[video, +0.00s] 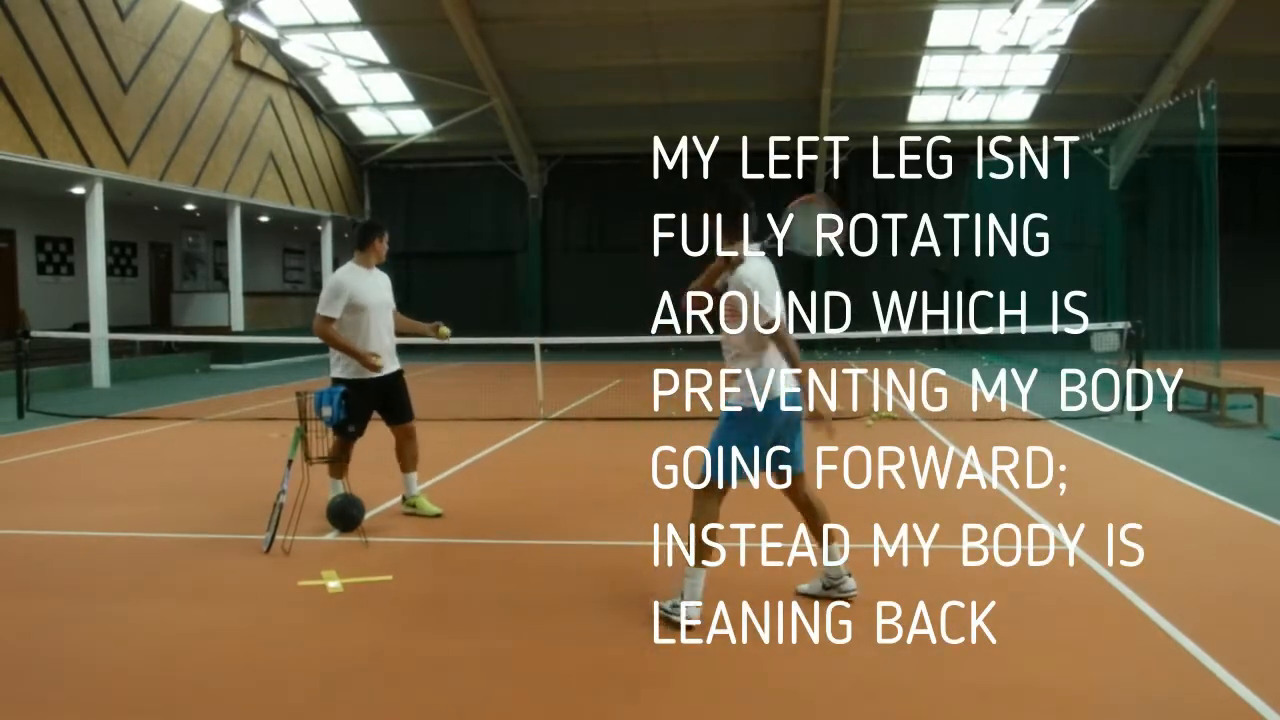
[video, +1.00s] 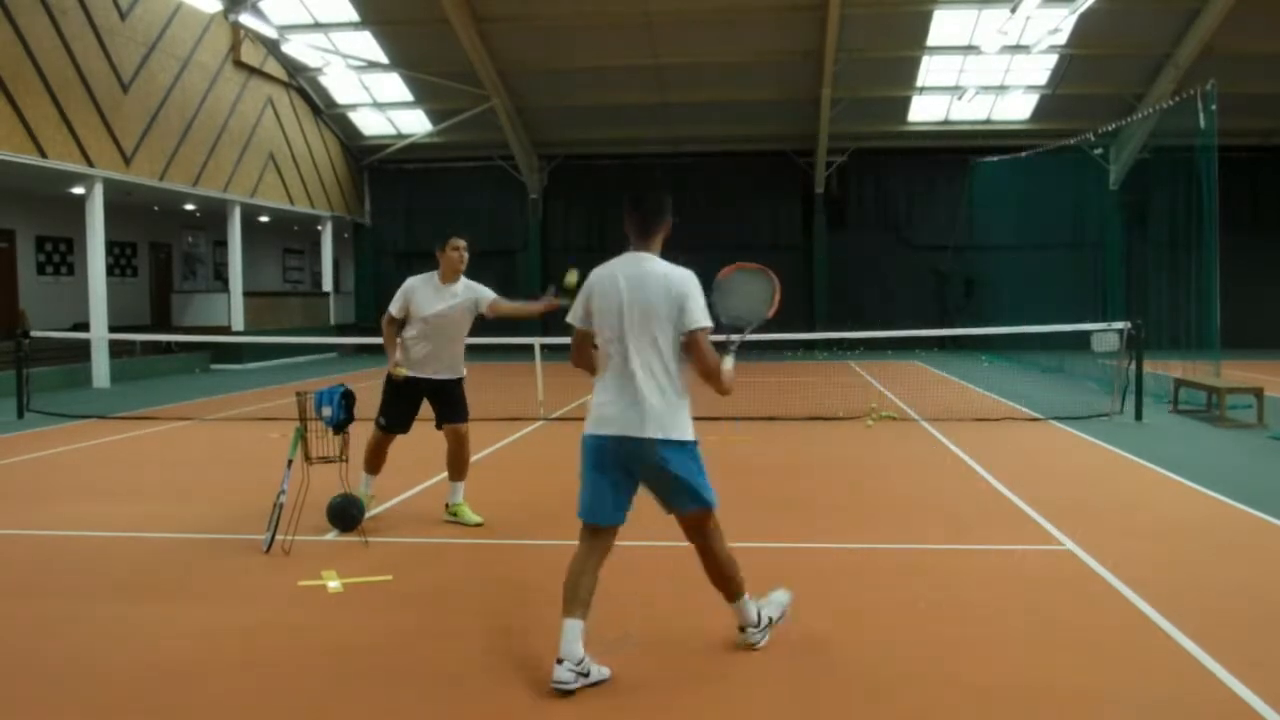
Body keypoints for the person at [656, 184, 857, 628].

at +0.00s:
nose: (711, 237)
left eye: (714, 230)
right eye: (713, 230)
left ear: (727, 234)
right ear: (745, 230)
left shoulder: (747, 278)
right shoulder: (750, 265)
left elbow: (783, 339)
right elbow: (693, 299)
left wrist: (812, 392)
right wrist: (724, 259)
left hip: (753, 403)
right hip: (780, 400)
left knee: (707, 489)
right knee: (795, 485)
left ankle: (691, 599)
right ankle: (835, 572)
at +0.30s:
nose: (695, 243)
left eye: (700, 233)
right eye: (699, 232)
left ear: (716, 238)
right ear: (735, 236)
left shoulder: (741, 287)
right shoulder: (746, 278)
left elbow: (772, 353)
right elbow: (746, 342)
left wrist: (779, 416)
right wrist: (702, 340)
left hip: (752, 418)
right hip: (773, 411)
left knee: (700, 505)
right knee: (790, 491)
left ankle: (741, 609)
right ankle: (837, 574)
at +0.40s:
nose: (688, 238)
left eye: (694, 227)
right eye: (695, 226)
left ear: (705, 234)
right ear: (731, 235)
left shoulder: (714, 281)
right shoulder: (747, 276)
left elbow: (735, 351)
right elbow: (758, 346)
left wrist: (725, 414)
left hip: (740, 416)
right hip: (770, 411)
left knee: (695, 512)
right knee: (785, 489)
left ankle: (742, 613)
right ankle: (831, 573)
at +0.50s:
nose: (689, 224)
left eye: (690, 217)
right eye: (696, 218)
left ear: (694, 218)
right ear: (727, 218)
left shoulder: (691, 262)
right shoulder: (747, 264)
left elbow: (703, 335)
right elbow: (766, 329)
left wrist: (668, 392)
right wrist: (730, 364)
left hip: (717, 409)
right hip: (760, 404)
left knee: (700, 505)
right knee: (771, 489)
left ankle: (741, 607)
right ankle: (800, 585)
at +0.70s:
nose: (703, 219)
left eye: (693, 211)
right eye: (713, 210)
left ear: (679, 215)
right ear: (718, 213)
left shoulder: (664, 260)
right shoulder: (744, 262)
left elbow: (654, 324)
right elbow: (769, 331)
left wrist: (608, 369)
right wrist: (741, 369)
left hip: (682, 411)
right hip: (736, 409)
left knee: (657, 509)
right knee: (735, 503)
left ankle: (689, 610)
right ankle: (748, 616)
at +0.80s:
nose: (700, 227)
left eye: (689, 220)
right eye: (705, 221)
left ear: (669, 221)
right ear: (707, 221)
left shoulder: (644, 264)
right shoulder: (733, 267)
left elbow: (630, 335)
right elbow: (761, 335)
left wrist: (597, 381)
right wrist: (752, 371)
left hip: (659, 416)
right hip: (720, 415)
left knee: (632, 515)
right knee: (735, 510)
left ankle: (621, 624)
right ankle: (750, 619)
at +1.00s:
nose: (666, 233)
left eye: (653, 223)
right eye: (667, 225)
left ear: (626, 226)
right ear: (666, 228)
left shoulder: (597, 278)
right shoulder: (679, 280)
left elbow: (581, 355)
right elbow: (701, 354)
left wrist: (624, 373)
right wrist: (722, 379)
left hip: (605, 432)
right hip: (663, 432)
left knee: (592, 543)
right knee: (704, 532)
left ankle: (569, 659)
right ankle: (750, 618)